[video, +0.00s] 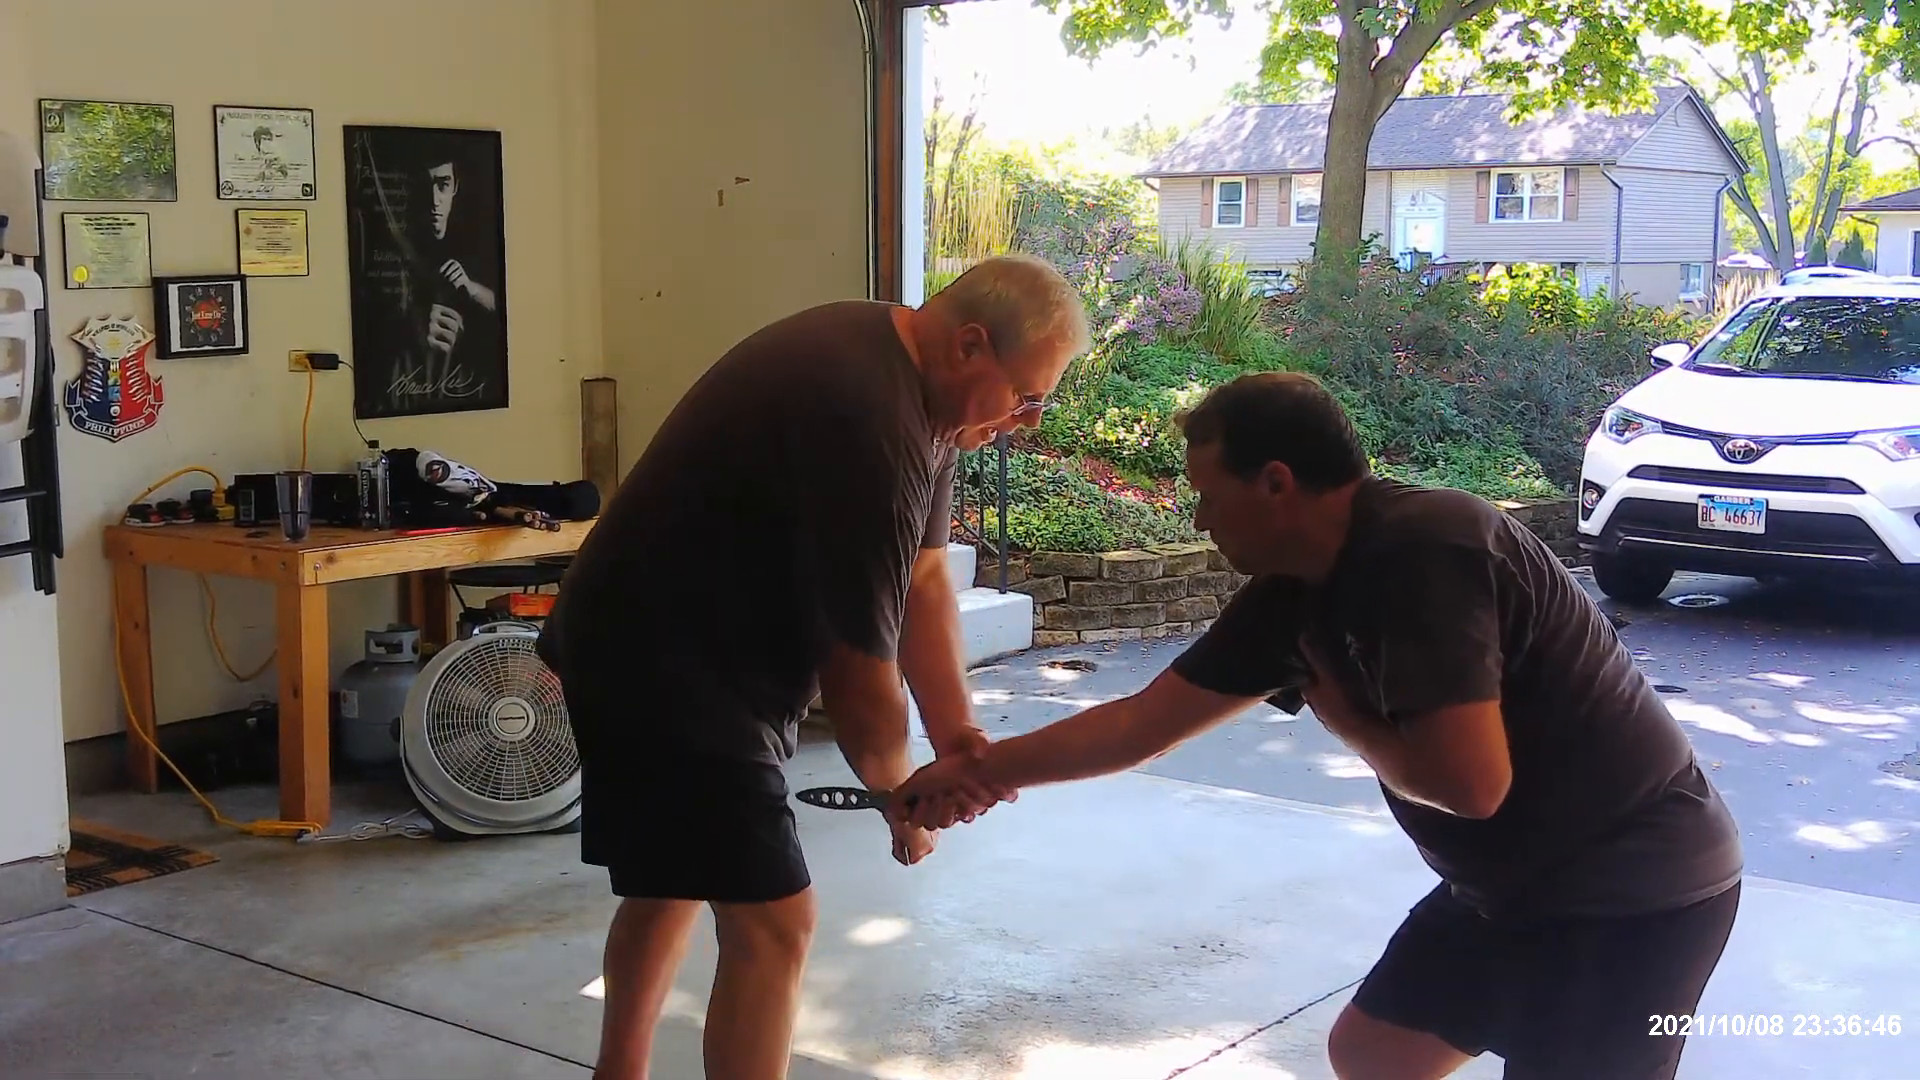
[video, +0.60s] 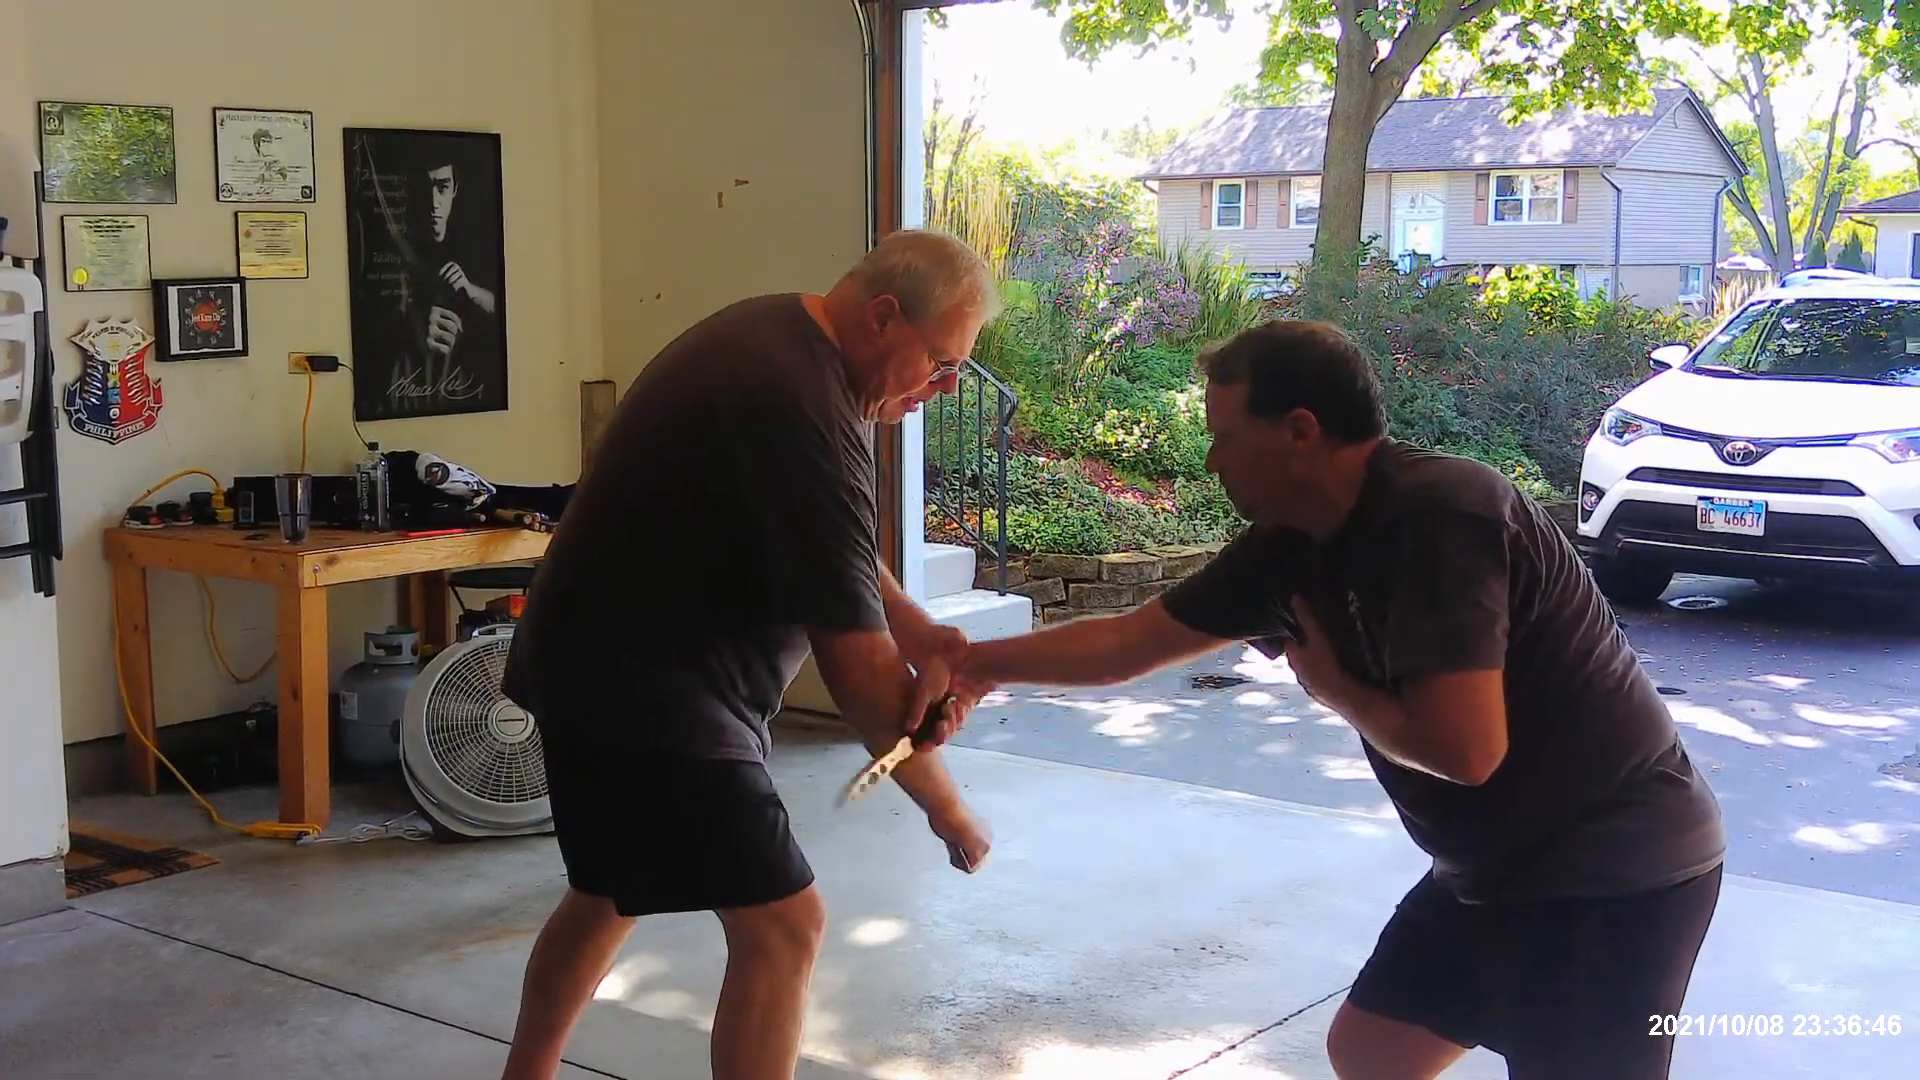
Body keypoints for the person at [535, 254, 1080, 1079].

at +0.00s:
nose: (1018, 420)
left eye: (1032, 404)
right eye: (1022, 397)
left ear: (965, 341)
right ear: (967, 346)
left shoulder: (903, 377)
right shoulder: (874, 419)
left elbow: (925, 577)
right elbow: (857, 672)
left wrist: (959, 740)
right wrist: (902, 795)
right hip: (670, 663)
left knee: (663, 881)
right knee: (773, 924)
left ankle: (618, 1068)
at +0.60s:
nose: (941, 385)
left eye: (952, 369)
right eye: (942, 360)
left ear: (875, 310)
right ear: (881, 316)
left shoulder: (773, 338)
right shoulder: (809, 412)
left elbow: (827, 535)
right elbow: (860, 668)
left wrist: (917, 630)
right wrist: (942, 801)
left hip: (583, 662)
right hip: (654, 687)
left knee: (603, 890)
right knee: (781, 925)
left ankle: (526, 1071)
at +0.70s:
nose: (926, 368)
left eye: (936, 351)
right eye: (925, 343)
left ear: (852, 296)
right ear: (861, 300)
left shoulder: (748, 325)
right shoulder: (803, 410)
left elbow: (766, 514)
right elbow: (895, 643)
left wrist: (896, 575)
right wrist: (1018, 788)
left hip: (576, 653)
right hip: (653, 684)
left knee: (607, 886)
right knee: (781, 922)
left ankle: (526, 1069)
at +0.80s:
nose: (920, 346)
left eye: (927, 327)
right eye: (914, 321)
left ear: (840, 279)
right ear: (846, 289)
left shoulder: (728, 320)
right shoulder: (797, 400)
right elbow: (947, 582)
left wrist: (910, 556)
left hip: (574, 660)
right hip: (657, 688)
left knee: (601, 890)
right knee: (781, 922)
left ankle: (525, 1072)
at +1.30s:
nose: (904, 270)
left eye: (904, 248)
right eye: (889, 244)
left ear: (805, 234)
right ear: (810, 231)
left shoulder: (730, 308)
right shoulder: (757, 333)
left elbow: (803, 510)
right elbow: (815, 519)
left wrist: (952, 574)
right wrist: (1021, 595)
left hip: (636, 686)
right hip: (692, 700)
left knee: (633, 892)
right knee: (804, 930)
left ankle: (537, 1069)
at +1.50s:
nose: (895, 233)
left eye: (894, 211)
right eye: (877, 211)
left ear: (802, 212)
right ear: (799, 208)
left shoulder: (783, 315)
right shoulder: (747, 331)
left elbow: (758, 524)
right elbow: (763, 551)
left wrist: (847, 604)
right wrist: (943, 579)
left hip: (730, 679)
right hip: (714, 691)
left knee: (716, 914)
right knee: (808, 938)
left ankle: (587, 1062)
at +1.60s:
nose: (893, 224)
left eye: (892, 201)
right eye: (873, 202)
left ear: (806, 204)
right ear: (796, 200)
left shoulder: (794, 312)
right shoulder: (745, 335)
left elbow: (818, 519)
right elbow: (789, 568)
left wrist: (872, 598)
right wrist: (978, 527)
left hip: (785, 666)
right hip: (726, 687)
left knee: (836, 867)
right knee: (814, 936)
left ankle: (679, 1057)